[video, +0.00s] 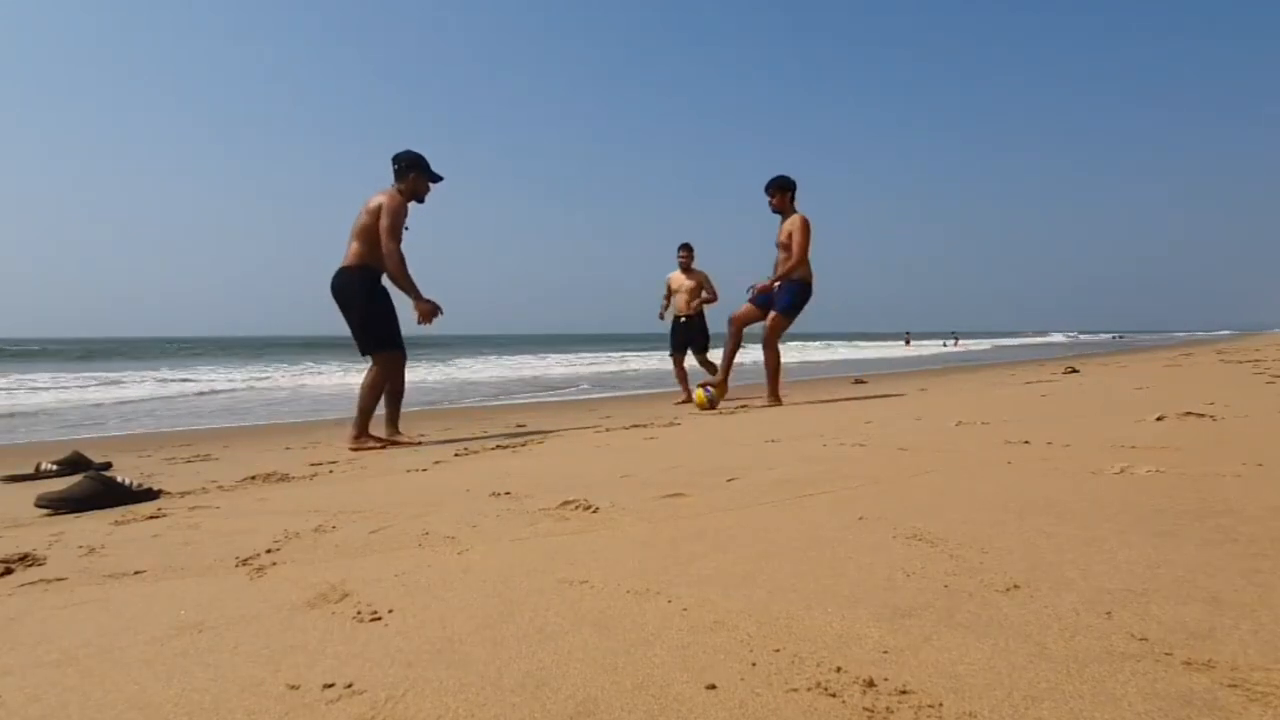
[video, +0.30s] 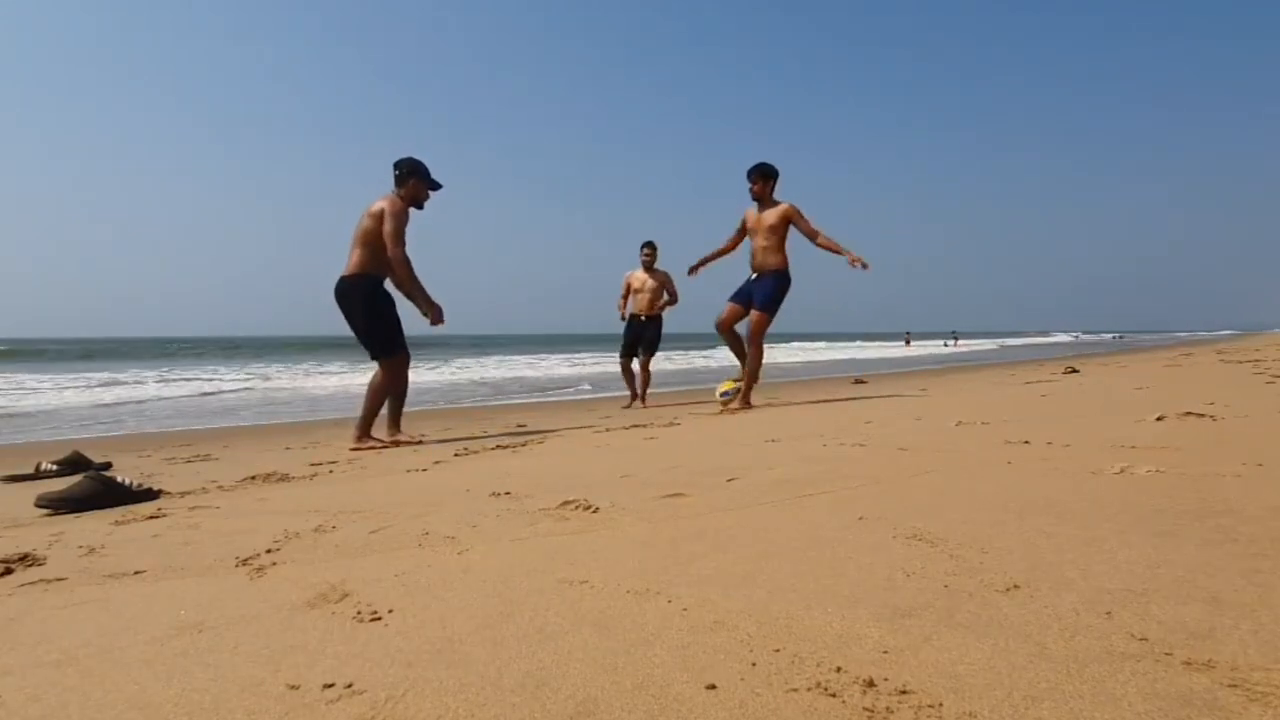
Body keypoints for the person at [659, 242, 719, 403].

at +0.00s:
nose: (683, 260)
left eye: (686, 257)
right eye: (680, 257)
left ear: (692, 258)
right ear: (677, 258)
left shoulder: (700, 276)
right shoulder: (671, 278)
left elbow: (713, 296)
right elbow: (667, 297)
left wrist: (700, 300)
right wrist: (663, 309)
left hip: (695, 318)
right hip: (678, 319)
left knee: (701, 358)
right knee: (677, 360)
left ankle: (720, 380)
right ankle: (686, 394)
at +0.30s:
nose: (647, 258)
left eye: (650, 255)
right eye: (644, 255)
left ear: (655, 257)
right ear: (640, 256)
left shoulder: (663, 277)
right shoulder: (631, 276)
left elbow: (674, 297)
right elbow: (624, 296)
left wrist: (663, 304)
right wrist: (622, 309)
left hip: (652, 319)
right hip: (634, 318)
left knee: (644, 361)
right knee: (625, 360)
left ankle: (642, 398)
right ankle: (633, 394)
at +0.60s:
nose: (609, 261)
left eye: (612, 258)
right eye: (606, 257)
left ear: (616, 259)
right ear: (599, 258)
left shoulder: (619, 281)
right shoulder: (586, 278)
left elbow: (626, 303)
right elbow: (577, 297)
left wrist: (618, 314)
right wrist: (581, 314)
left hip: (607, 323)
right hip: (588, 322)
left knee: (613, 365)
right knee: (576, 364)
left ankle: (630, 399)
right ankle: (575, 404)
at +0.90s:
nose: (585, 256)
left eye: (588, 253)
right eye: (582, 253)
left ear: (591, 255)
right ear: (574, 254)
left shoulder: (594, 277)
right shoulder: (562, 274)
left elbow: (600, 298)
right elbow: (548, 294)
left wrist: (591, 310)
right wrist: (548, 311)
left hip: (582, 320)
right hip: (563, 318)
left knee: (576, 367)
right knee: (552, 363)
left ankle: (567, 405)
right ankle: (544, 403)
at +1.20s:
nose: (565, 255)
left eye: (567, 252)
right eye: (562, 252)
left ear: (568, 254)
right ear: (552, 252)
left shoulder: (569, 276)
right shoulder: (538, 273)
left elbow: (571, 298)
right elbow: (526, 296)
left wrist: (574, 313)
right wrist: (532, 312)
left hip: (561, 322)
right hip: (542, 321)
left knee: (565, 366)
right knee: (534, 366)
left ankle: (566, 405)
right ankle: (530, 407)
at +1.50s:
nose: (553, 252)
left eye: (555, 248)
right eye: (549, 248)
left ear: (556, 250)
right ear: (539, 249)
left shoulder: (558, 271)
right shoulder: (529, 270)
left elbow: (560, 295)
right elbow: (519, 296)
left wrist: (570, 314)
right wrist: (533, 311)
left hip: (556, 321)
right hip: (535, 321)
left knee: (563, 363)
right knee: (531, 366)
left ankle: (562, 403)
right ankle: (529, 407)